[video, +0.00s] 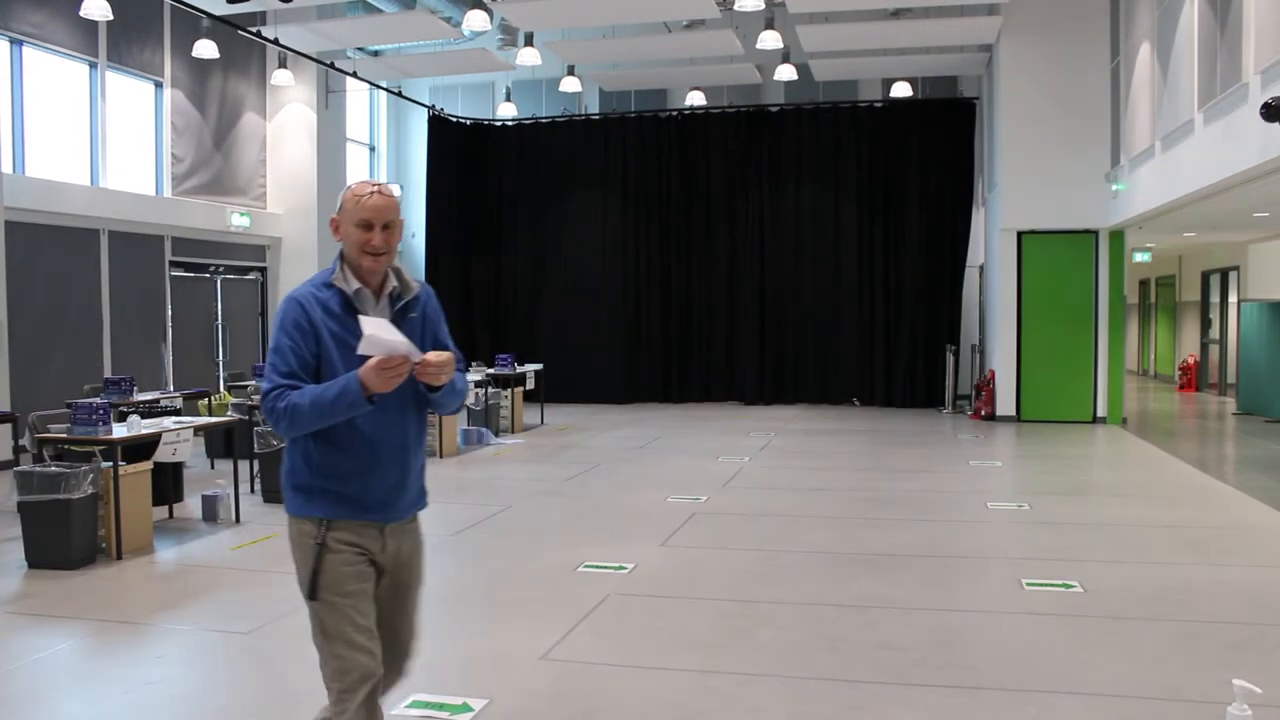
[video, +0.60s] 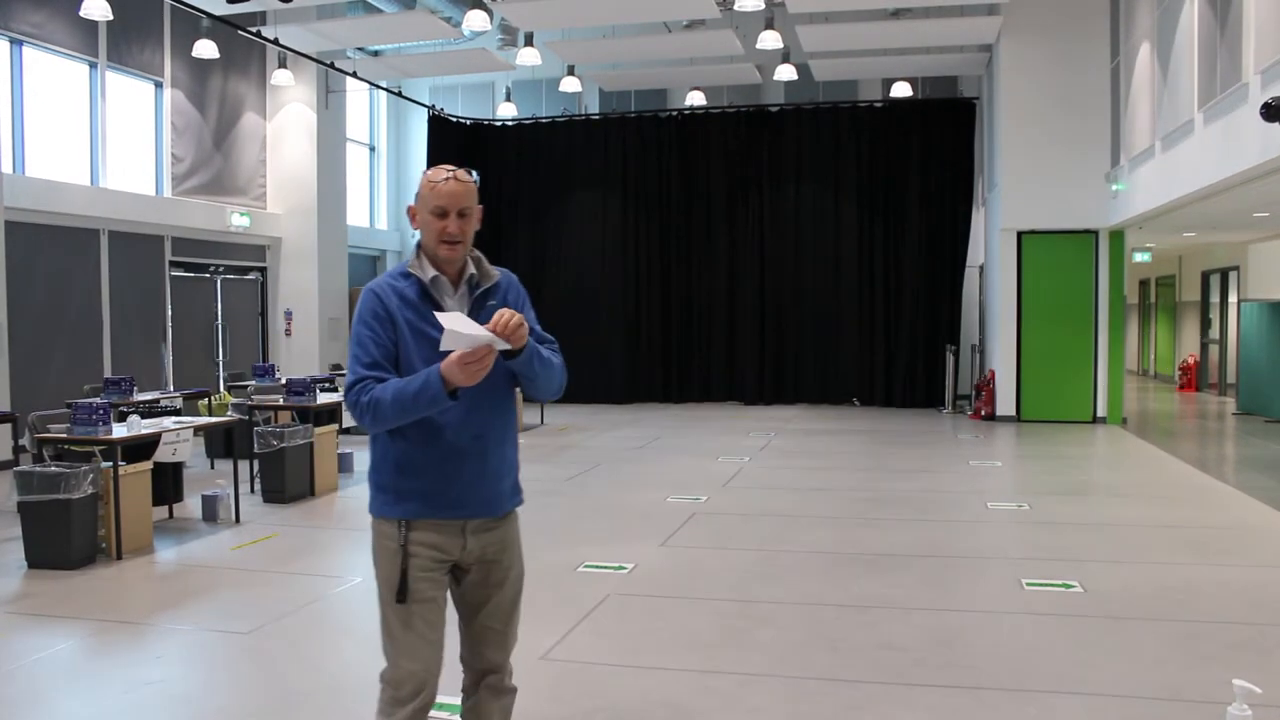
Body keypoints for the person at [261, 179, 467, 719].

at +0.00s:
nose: (379, 240)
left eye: (390, 227)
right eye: (365, 227)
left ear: (401, 231)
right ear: (336, 229)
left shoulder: (419, 301)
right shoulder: (305, 307)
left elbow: (453, 398)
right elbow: (279, 411)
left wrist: (446, 380)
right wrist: (360, 384)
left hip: (400, 518)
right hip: (329, 521)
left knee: (391, 662)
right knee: (356, 679)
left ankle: (336, 714)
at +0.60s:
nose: (453, 226)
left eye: (464, 214)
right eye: (439, 214)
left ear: (478, 219)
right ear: (414, 219)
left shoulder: (504, 289)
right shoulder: (383, 297)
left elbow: (552, 383)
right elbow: (364, 404)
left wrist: (522, 347)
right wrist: (443, 378)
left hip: (493, 516)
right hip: (410, 520)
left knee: (492, 677)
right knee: (411, 684)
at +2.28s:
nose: (467, 228)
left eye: (476, 217)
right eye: (455, 215)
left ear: (483, 222)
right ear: (417, 215)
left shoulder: (493, 294)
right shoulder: (385, 299)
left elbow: (523, 389)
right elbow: (405, 406)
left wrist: (553, 352)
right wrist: (493, 355)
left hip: (492, 516)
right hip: (417, 523)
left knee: (492, 685)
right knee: (424, 692)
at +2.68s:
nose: (438, 230)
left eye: (441, 218)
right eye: (427, 214)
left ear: (439, 219)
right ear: (380, 207)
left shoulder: (423, 293)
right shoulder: (344, 299)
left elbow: (457, 384)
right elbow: (389, 414)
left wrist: (520, 367)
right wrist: (490, 367)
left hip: (423, 526)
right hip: (361, 532)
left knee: (443, 683)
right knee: (377, 699)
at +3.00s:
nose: (414, 229)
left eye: (414, 215)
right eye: (406, 213)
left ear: (363, 209)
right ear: (363, 206)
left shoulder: (354, 288)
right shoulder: (339, 297)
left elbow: (410, 378)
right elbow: (396, 418)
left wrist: (492, 350)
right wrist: (489, 366)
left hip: (355, 529)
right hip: (344, 534)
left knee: (356, 692)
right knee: (368, 700)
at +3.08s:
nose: (406, 231)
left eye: (406, 216)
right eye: (399, 215)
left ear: (355, 210)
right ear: (357, 207)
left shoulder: (336, 286)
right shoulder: (337, 296)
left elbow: (398, 379)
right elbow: (396, 417)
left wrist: (478, 346)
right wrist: (482, 365)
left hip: (338, 528)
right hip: (339, 535)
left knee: (338, 684)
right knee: (369, 700)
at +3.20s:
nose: (392, 232)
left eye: (392, 217)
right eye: (386, 215)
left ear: (344, 211)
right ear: (349, 208)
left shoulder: (306, 283)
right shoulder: (334, 297)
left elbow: (382, 380)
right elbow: (391, 417)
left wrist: (457, 351)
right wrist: (467, 364)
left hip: (301, 525)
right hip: (332, 533)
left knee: (314, 690)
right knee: (367, 700)